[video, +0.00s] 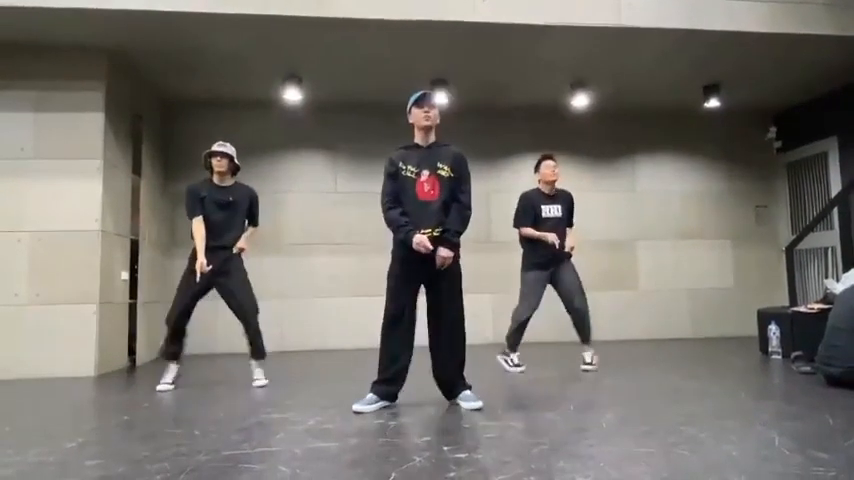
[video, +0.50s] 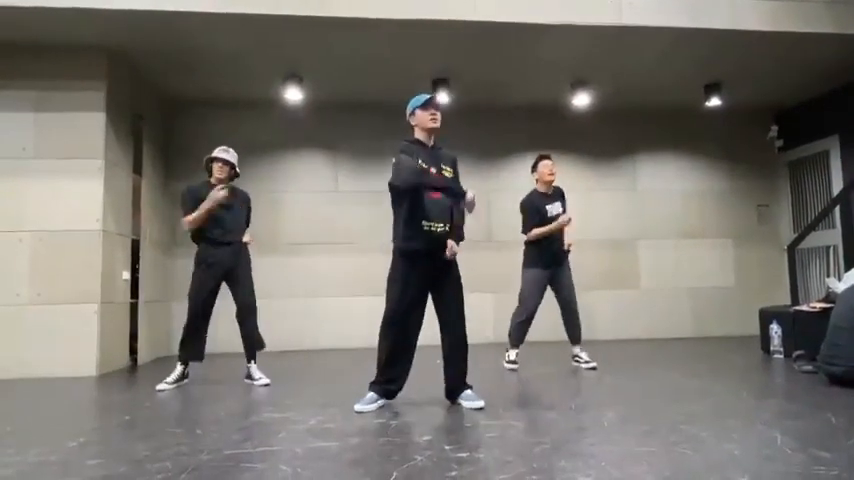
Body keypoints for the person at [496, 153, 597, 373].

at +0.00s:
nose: (554, 171)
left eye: (555, 168)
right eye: (549, 168)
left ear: (558, 173)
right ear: (538, 174)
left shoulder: (565, 197)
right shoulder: (528, 198)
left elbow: (569, 225)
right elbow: (523, 229)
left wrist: (570, 240)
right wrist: (544, 235)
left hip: (561, 263)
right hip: (535, 266)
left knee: (578, 305)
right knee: (525, 310)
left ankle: (587, 350)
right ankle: (509, 352)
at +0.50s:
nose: (552, 171)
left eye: (553, 168)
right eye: (547, 168)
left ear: (554, 172)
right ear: (536, 174)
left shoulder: (559, 193)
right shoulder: (529, 202)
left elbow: (561, 220)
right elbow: (529, 233)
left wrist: (565, 239)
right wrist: (557, 224)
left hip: (559, 260)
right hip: (536, 263)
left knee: (569, 304)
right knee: (527, 306)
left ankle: (577, 350)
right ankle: (513, 350)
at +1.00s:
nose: (533, 176)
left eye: (535, 173)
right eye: (528, 174)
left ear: (540, 179)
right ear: (520, 182)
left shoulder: (553, 207)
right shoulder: (511, 208)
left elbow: (567, 231)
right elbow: (500, 236)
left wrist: (551, 250)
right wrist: (513, 244)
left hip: (537, 269)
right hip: (511, 271)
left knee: (555, 305)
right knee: (506, 312)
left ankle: (571, 351)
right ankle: (509, 354)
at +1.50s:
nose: (556, 178)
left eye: (558, 175)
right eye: (551, 175)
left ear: (562, 179)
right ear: (542, 180)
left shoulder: (570, 203)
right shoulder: (532, 207)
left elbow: (577, 230)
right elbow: (518, 234)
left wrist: (580, 244)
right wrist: (532, 246)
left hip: (571, 266)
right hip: (545, 269)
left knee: (581, 308)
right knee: (532, 312)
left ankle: (585, 352)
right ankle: (519, 354)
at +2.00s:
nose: (549, 179)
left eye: (551, 176)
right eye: (544, 176)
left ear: (555, 180)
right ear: (535, 181)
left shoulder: (567, 205)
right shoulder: (527, 210)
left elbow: (577, 234)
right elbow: (515, 238)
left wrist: (602, 241)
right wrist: (504, 239)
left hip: (564, 273)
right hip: (536, 274)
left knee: (577, 313)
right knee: (525, 316)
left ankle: (587, 355)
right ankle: (518, 356)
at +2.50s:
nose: (538, 176)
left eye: (541, 172)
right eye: (533, 174)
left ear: (547, 176)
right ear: (529, 181)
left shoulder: (562, 203)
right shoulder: (524, 206)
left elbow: (571, 232)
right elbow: (513, 236)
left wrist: (597, 233)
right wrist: (505, 232)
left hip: (562, 269)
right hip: (534, 270)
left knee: (576, 309)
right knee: (524, 313)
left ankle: (585, 354)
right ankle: (512, 354)